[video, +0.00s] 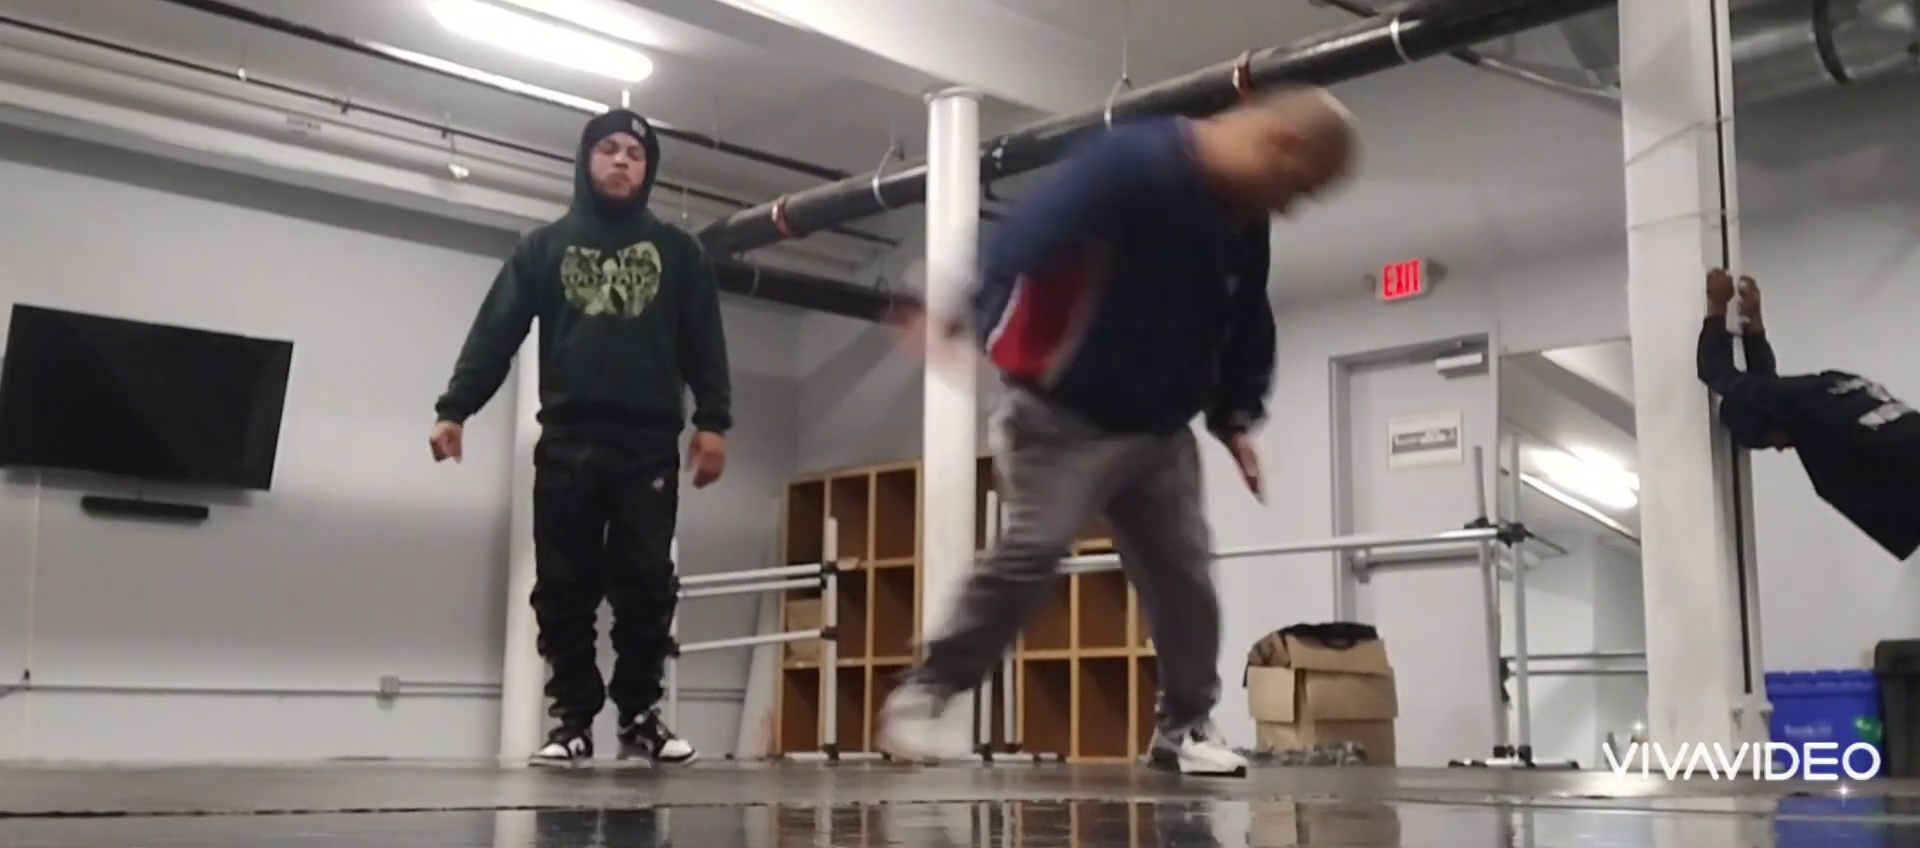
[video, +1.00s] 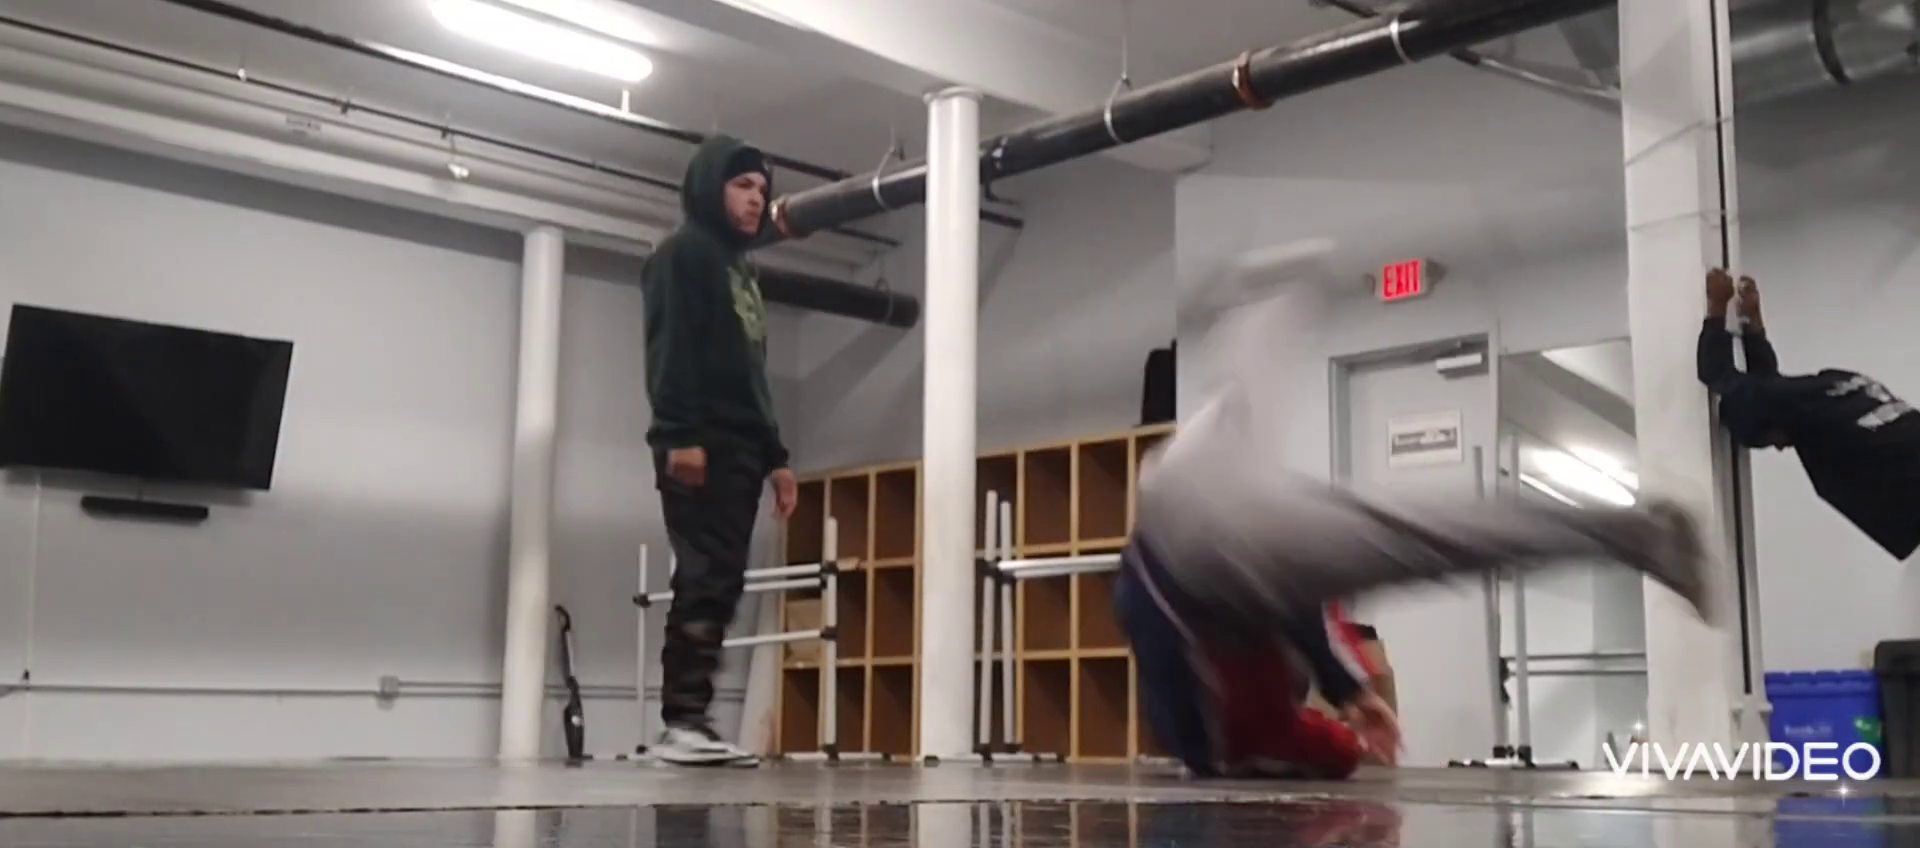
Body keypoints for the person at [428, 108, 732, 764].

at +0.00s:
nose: (621, 162)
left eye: (633, 154)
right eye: (609, 151)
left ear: (649, 170)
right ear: (584, 162)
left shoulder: (680, 251)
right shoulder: (548, 244)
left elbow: (705, 341)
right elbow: (497, 328)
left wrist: (713, 423)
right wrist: (453, 409)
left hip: (649, 440)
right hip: (568, 436)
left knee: (647, 583)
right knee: (563, 586)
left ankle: (640, 718)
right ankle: (573, 723)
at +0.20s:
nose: (633, 163)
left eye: (644, 156)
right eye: (620, 151)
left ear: (652, 172)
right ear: (590, 158)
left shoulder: (674, 254)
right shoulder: (543, 241)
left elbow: (694, 349)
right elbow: (500, 325)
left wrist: (694, 430)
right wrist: (475, 410)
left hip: (653, 443)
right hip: (571, 441)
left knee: (667, 589)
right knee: (569, 588)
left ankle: (663, 725)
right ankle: (571, 727)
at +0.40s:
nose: (658, 170)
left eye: (667, 164)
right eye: (645, 156)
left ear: (672, 181)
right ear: (613, 162)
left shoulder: (683, 258)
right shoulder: (565, 242)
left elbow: (704, 352)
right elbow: (540, 336)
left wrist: (712, 434)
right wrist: (548, 421)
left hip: (660, 447)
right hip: (583, 444)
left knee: (671, 593)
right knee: (578, 592)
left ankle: (677, 725)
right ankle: (574, 726)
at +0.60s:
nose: (691, 182)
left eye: (699, 173)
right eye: (679, 168)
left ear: (704, 186)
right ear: (644, 171)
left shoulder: (708, 267)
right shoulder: (604, 246)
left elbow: (728, 360)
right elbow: (586, 340)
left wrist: (737, 446)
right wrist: (606, 420)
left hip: (694, 450)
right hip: (626, 443)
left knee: (682, 596)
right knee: (600, 588)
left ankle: (681, 729)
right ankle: (574, 728)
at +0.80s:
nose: (725, 195)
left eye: (732, 186)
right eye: (712, 181)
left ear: (736, 198)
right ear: (679, 186)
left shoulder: (729, 275)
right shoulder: (644, 254)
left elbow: (747, 367)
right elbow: (628, 348)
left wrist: (764, 454)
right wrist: (643, 434)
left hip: (727, 452)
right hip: (669, 446)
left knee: (704, 593)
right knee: (643, 579)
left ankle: (683, 729)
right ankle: (592, 713)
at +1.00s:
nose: (756, 200)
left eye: (761, 190)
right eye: (744, 186)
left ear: (762, 199)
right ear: (709, 188)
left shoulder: (741, 271)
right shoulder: (681, 255)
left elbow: (751, 373)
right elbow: (670, 349)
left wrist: (777, 459)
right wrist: (679, 435)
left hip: (739, 447)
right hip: (700, 444)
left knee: (718, 581)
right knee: (704, 578)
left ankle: (692, 722)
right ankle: (681, 723)